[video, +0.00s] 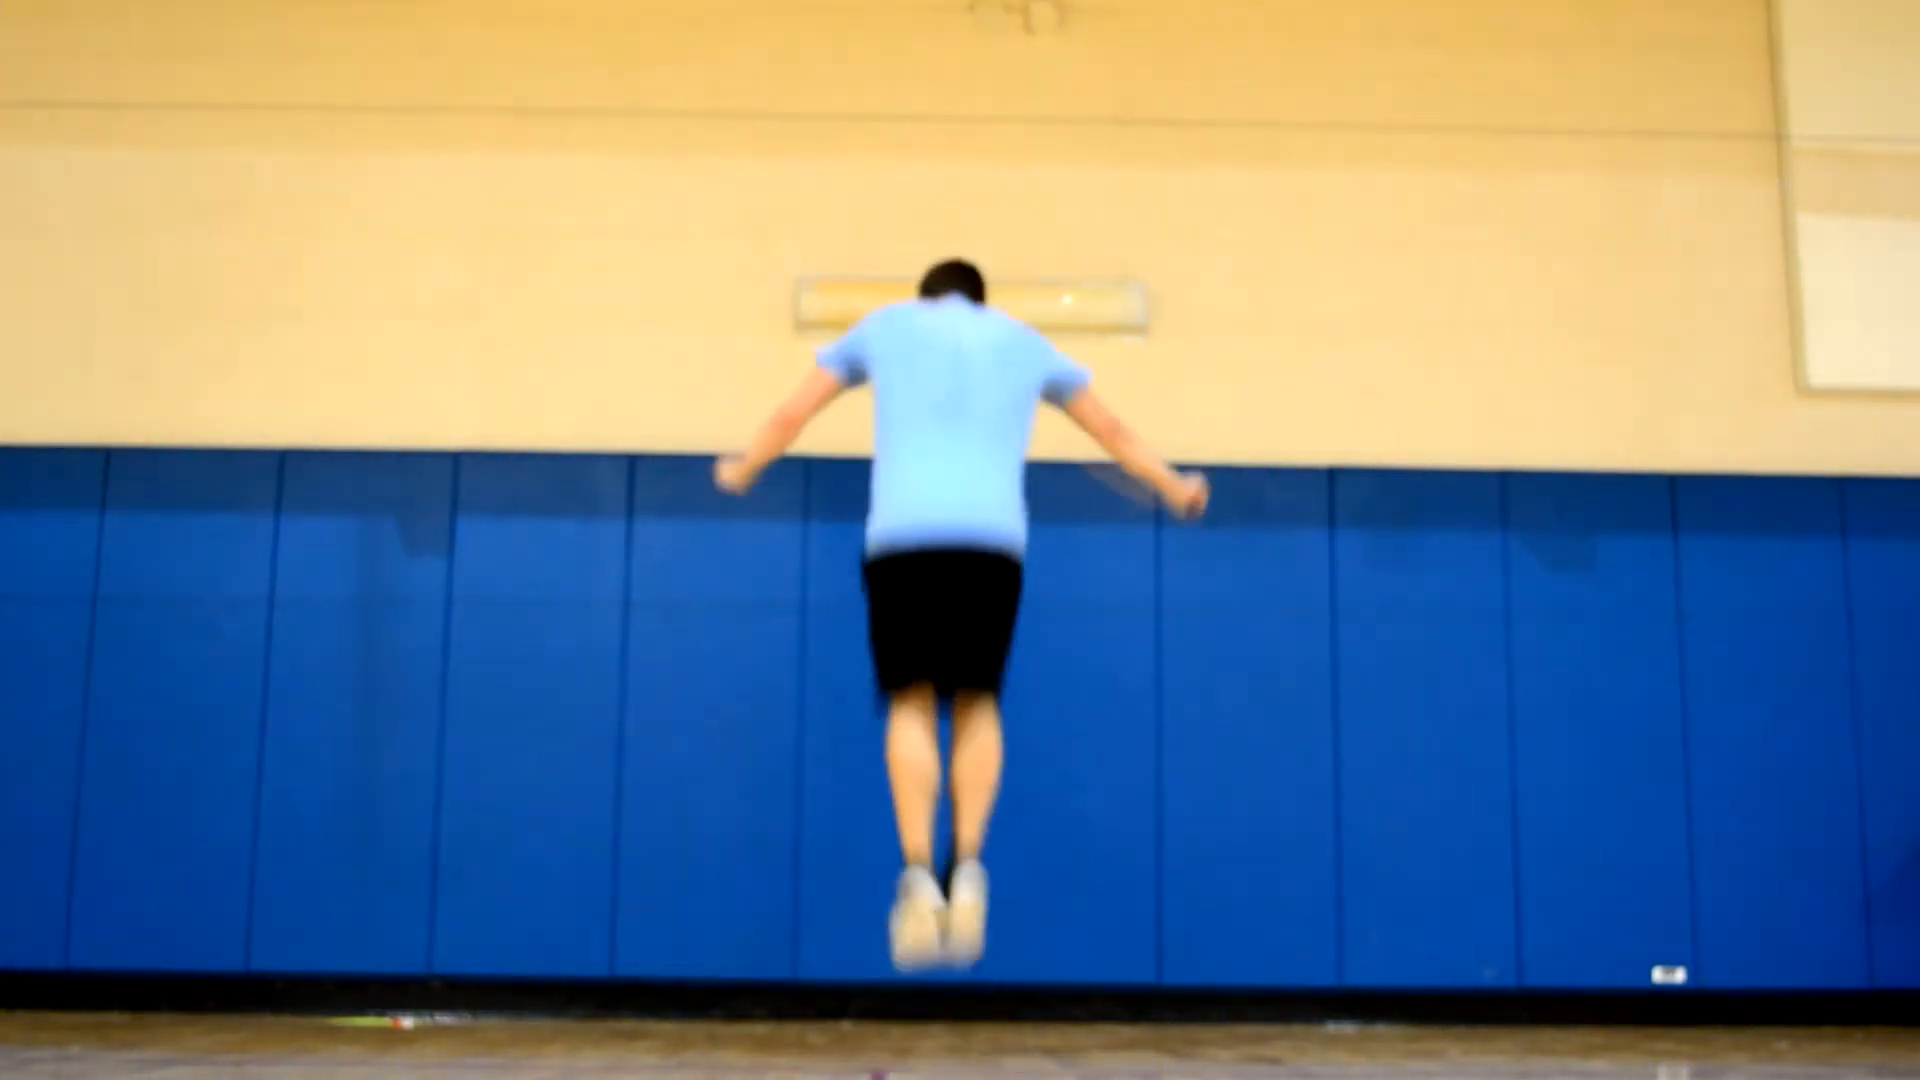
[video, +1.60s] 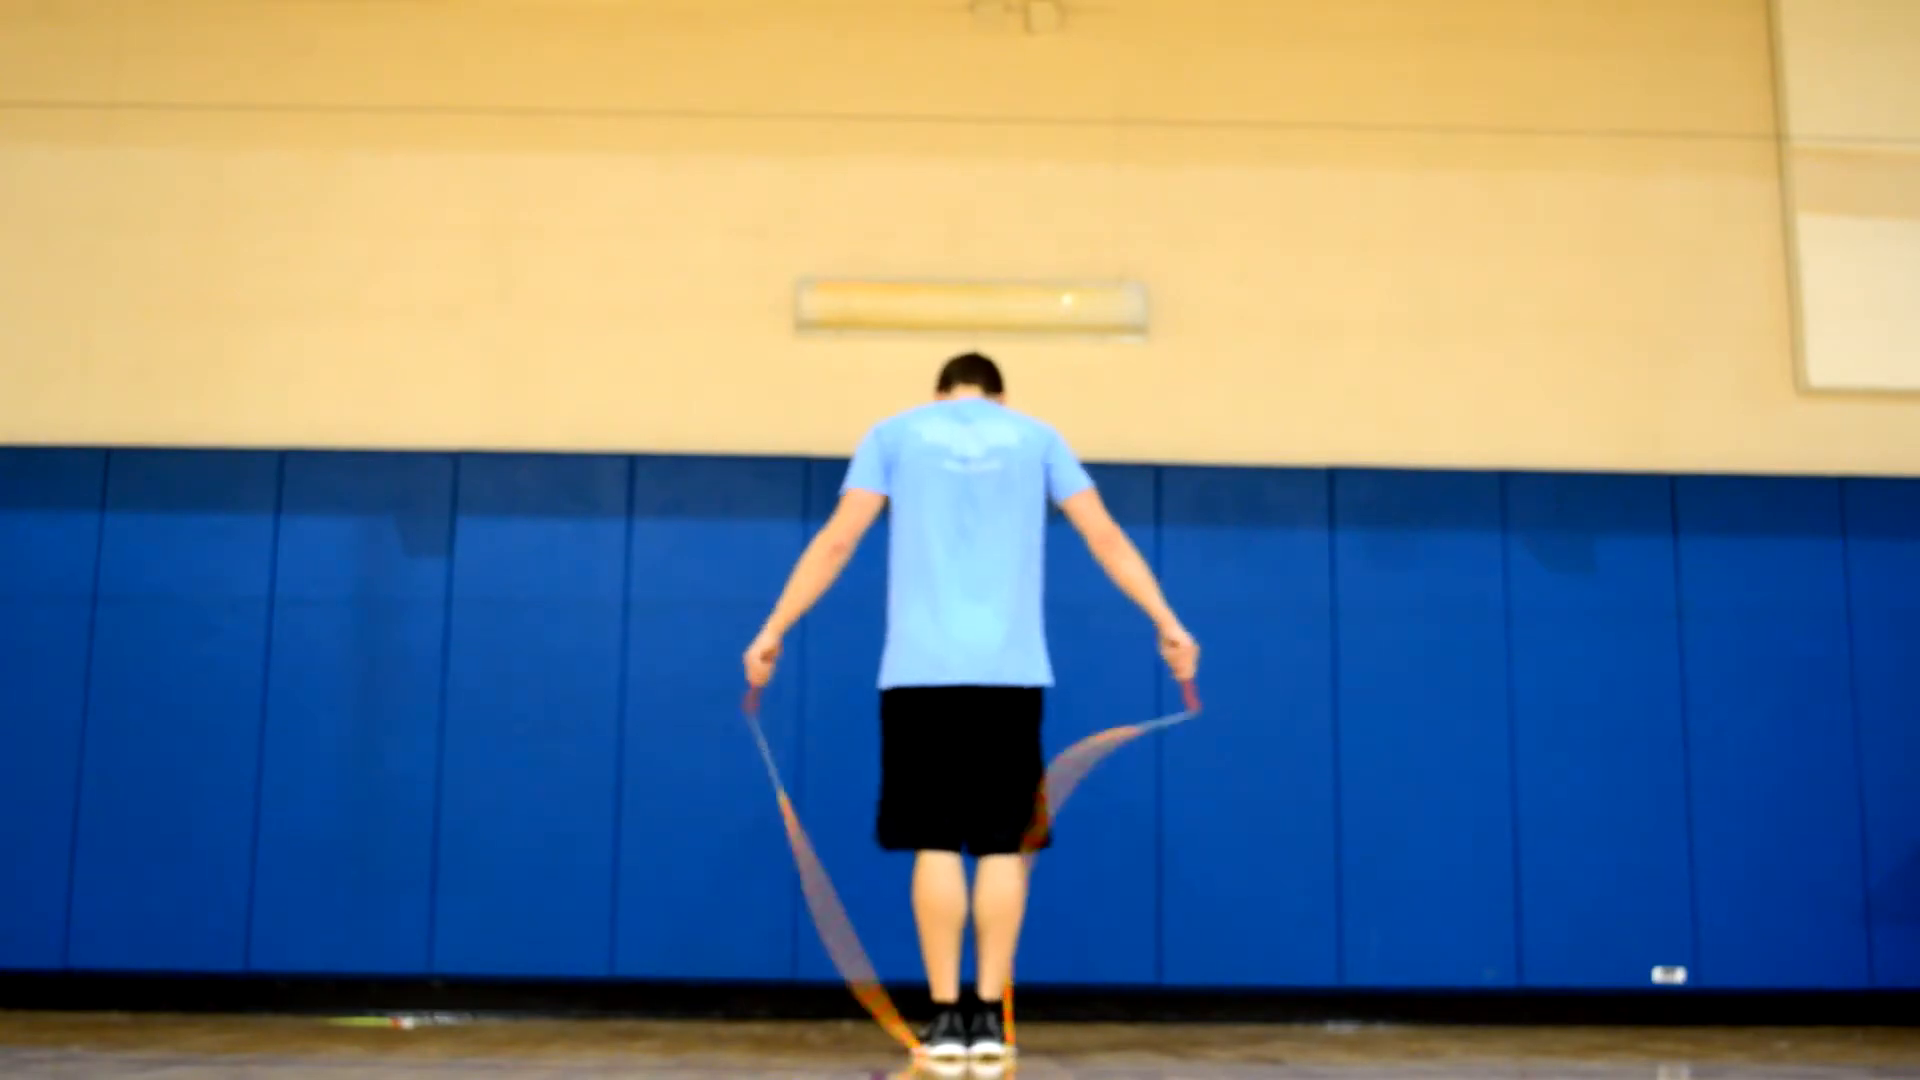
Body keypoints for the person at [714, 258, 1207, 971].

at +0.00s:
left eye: (934, 297)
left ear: (921, 297)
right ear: (985, 301)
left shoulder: (885, 326)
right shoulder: (1021, 341)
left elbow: (795, 410)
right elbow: (1107, 428)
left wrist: (743, 467)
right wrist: (1174, 488)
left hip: (900, 542)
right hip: (991, 545)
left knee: (910, 701)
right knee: (978, 701)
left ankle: (919, 874)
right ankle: (967, 868)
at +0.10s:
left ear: (917, 300)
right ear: (977, 300)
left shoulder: (884, 320)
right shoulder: (1019, 326)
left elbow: (827, 419)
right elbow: (1073, 436)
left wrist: (804, 515)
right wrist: (1104, 533)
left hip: (909, 452)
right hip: (996, 452)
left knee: (913, 600)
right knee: (974, 595)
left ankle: (904, 761)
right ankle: (954, 750)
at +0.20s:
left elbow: (867, 468)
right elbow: (1013, 500)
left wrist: (952, 514)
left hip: (909, 372)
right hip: (1003, 369)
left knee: (916, 536)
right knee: (970, 529)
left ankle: (914, 665)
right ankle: (949, 655)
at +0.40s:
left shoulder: (885, 405)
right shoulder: (1016, 418)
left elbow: (846, 501)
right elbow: (1028, 552)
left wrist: (845, 598)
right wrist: (1034, 639)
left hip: (906, 474)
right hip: (995, 473)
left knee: (909, 628)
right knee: (962, 624)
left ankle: (905, 809)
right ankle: (951, 798)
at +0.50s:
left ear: (926, 402)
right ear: (983, 411)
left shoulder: (886, 433)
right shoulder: (1025, 457)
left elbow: (823, 498)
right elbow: (1062, 547)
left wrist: (761, 585)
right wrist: (1120, 642)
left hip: (898, 629)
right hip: (986, 631)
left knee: (893, 796)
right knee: (970, 800)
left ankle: (906, 986)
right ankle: (968, 993)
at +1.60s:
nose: (964, 400)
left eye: (954, 392)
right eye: (979, 393)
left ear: (938, 392)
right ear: (1000, 394)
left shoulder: (894, 433)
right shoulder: (1037, 436)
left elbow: (839, 538)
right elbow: (1103, 535)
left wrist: (771, 633)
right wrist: (1168, 624)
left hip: (920, 674)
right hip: (1009, 674)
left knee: (935, 845)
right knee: (1004, 845)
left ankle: (946, 1019)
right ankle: (989, 1019)